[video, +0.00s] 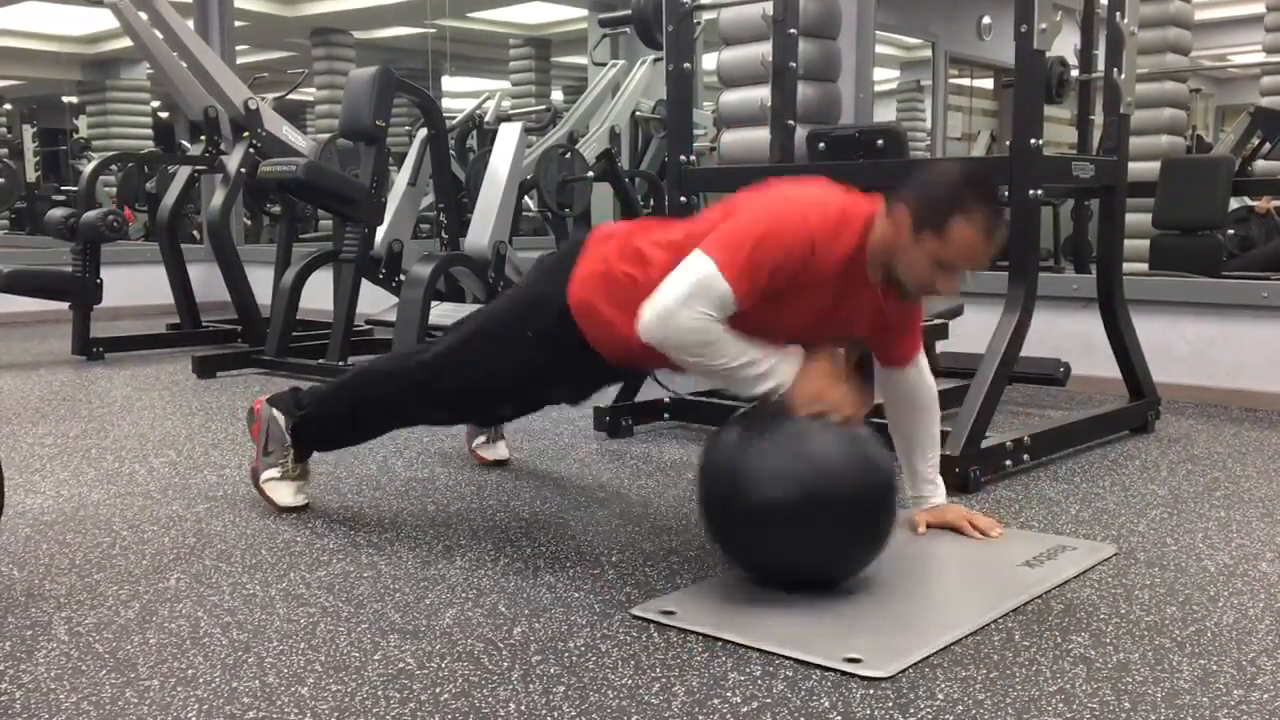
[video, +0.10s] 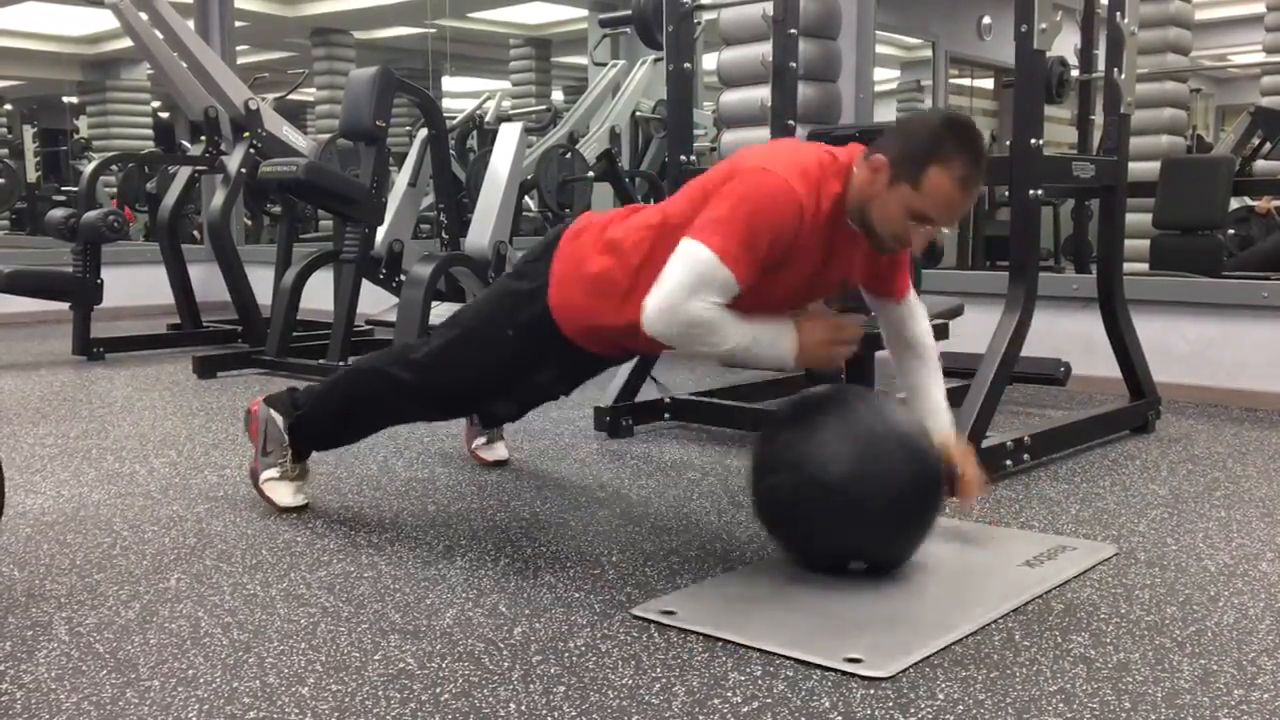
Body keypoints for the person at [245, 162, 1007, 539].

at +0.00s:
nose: (949, 287)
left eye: (963, 275)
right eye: (946, 265)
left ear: (947, 254)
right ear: (900, 220)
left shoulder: (894, 288)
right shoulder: (798, 222)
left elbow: (910, 384)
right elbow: (666, 323)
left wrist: (928, 493)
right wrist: (787, 374)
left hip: (634, 339)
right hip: (588, 292)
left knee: (524, 387)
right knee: (446, 375)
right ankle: (289, 420)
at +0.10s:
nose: (924, 239)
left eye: (939, 227)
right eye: (922, 216)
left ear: (929, 208)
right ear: (877, 170)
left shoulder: (884, 231)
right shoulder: (778, 189)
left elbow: (911, 343)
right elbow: (672, 315)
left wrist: (943, 438)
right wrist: (792, 343)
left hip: (630, 318)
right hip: (576, 283)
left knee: (531, 380)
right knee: (435, 377)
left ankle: (483, 415)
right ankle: (283, 422)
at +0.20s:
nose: (915, 259)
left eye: (930, 249)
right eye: (911, 238)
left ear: (906, 201)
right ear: (870, 190)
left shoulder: (872, 196)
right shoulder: (771, 216)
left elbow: (894, 266)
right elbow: (654, 334)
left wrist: (913, 347)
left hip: (620, 322)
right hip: (564, 311)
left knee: (517, 382)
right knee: (435, 390)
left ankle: (470, 415)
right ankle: (285, 424)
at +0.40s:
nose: (939, 477)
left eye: (956, 467)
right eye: (937, 461)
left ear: (929, 386)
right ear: (898, 411)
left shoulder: (890, 333)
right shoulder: (794, 398)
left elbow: (878, 288)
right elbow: (647, 453)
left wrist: (866, 374)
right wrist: (685, 601)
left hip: (635, 343)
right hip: (584, 394)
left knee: (485, 392)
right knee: (437, 433)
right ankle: (286, 425)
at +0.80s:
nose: (943, 428)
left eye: (960, 414)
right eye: (939, 408)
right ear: (890, 367)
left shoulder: (879, 322)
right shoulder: (788, 372)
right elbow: (645, 462)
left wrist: (893, 433)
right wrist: (687, 600)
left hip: (640, 348)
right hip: (589, 386)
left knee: (473, 407)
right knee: (436, 436)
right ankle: (281, 426)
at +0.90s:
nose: (931, 343)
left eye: (945, 330)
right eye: (928, 323)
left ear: (905, 277)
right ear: (880, 279)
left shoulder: (868, 270)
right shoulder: (775, 309)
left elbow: (874, 356)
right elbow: (656, 446)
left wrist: (887, 452)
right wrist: (687, 598)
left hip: (623, 327)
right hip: (574, 335)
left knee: (492, 389)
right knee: (431, 408)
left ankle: (467, 426)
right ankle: (277, 423)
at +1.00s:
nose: (927, 258)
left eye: (941, 244)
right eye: (924, 237)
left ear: (909, 205)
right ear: (874, 189)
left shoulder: (864, 219)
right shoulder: (776, 230)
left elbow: (837, 303)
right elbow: (714, 411)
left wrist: (857, 365)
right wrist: (704, 584)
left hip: (633, 314)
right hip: (585, 291)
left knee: (529, 377)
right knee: (440, 384)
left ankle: (476, 415)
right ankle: (284, 424)